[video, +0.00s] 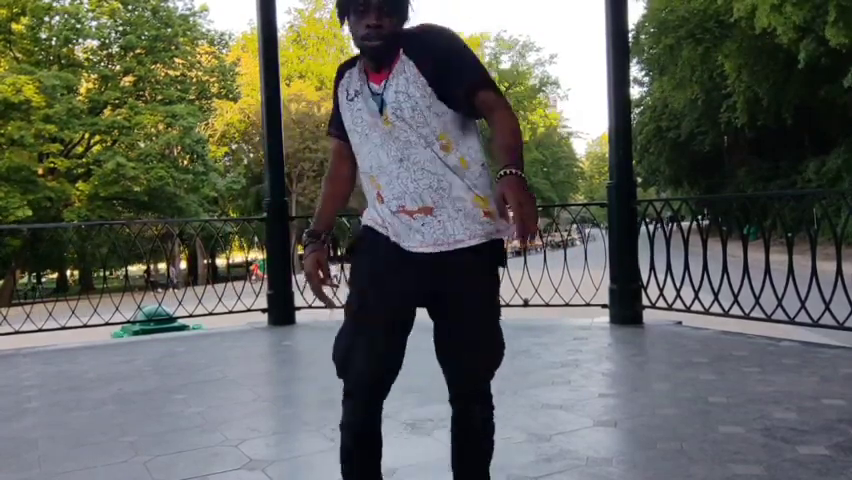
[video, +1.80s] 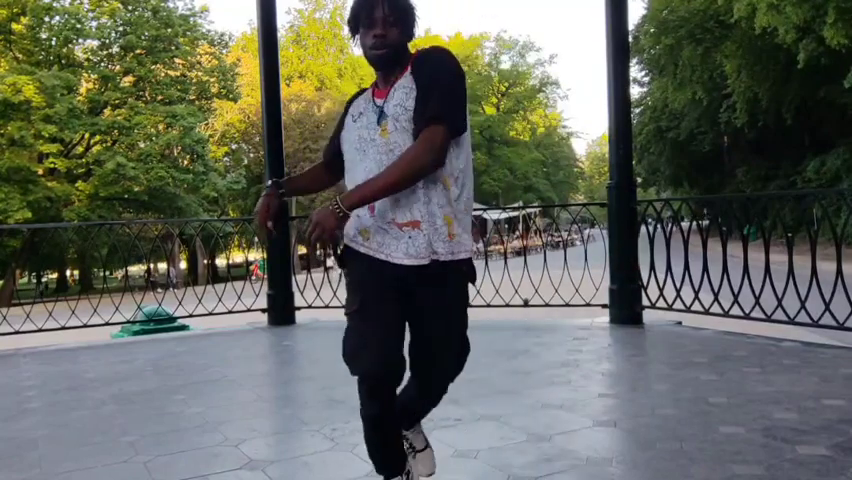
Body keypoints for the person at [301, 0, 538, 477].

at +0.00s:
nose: (372, 20)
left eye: (384, 10)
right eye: (360, 11)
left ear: (403, 14)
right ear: (346, 20)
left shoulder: (435, 44)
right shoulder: (347, 80)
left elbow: (498, 112)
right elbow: (343, 161)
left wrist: (511, 174)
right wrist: (319, 235)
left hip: (467, 248)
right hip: (387, 249)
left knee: (470, 391)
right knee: (361, 387)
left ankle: (472, 478)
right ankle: (360, 477)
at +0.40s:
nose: (431, 15)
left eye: (443, 5)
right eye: (419, 7)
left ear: (464, 11)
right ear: (405, 15)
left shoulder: (496, 81)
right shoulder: (377, 74)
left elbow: (494, 167)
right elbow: (305, 140)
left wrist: (502, 236)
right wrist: (345, 217)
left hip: (467, 259)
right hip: (388, 259)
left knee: (486, 386)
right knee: (363, 386)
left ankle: (488, 479)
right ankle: (363, 478)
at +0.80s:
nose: (455, 10)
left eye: (466, 0)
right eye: (443, 2)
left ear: (487, 6)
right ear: (431, 10)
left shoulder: (516, 45)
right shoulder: (407, 93)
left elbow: (554, 128)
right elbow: (374, 176)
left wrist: (556, 215)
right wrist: (362, 254)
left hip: (516, 250)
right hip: (441, 250)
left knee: (520, 387)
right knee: (436, 379)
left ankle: (499, 476)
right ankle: (419, 473)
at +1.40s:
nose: (422, 24)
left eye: (436, 13)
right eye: (410, 13)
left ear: (453, 21)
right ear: (393, 19)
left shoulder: (480, 93)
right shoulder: (374, 57)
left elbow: (512, 181)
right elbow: (354, 113)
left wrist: (540, 273)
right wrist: (348, 191)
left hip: (476, 257)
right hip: (398, 254)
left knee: (517, 368)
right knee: (372, 358)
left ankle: (549, 471)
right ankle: (425, 469)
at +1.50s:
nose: (403, 29)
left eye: (416, 18)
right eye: (391, 18)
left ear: (434, 24)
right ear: (376, 25)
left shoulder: (464, 90)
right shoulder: (360, 68)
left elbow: (472, 183)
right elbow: (332, 115)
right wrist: (321, 182)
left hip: (468, 252)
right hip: (391, 250)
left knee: (494, 368)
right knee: (364, 363)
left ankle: (513, 470)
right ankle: (421, 470)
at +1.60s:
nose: (388, 32)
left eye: (400, 22)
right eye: (378, 22)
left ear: (420, 27)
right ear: (364, 29)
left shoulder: (454, 90)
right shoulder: (354, 78)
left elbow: (439, 188)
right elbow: (324, 123)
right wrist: (301, 177)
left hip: (458, 261)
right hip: (385, 260)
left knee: (470, 364)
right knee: (356, 370)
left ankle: (480, 446)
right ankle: (415, 468)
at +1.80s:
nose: (379, 32)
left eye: (391, 22)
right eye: (369, 25)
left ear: (409, 28)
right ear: (356, 37)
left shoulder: (434, 64)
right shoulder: (358, 104)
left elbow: (431, 149)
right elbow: (331, 169)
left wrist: (344, 204)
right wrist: (279, 187)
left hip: (441, 254)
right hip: (374, 255)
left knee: (443, 361)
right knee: (375, 370)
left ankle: (403, 420)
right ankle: (392, 470)